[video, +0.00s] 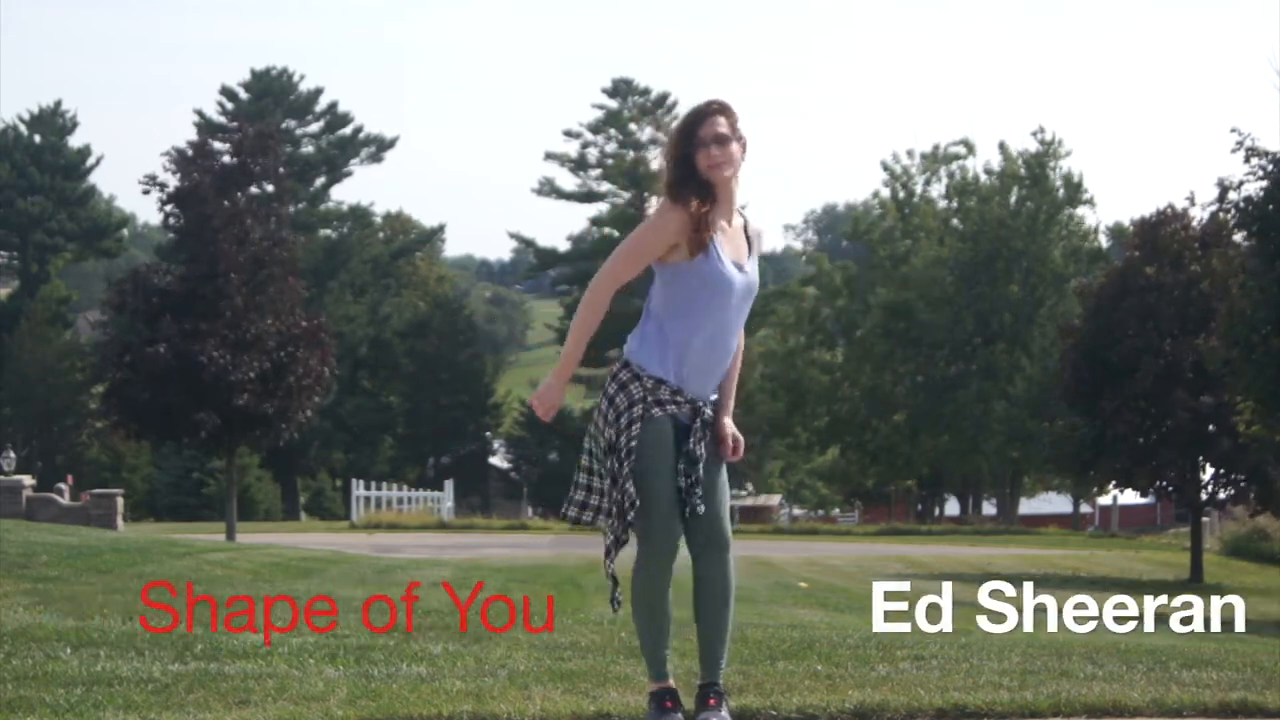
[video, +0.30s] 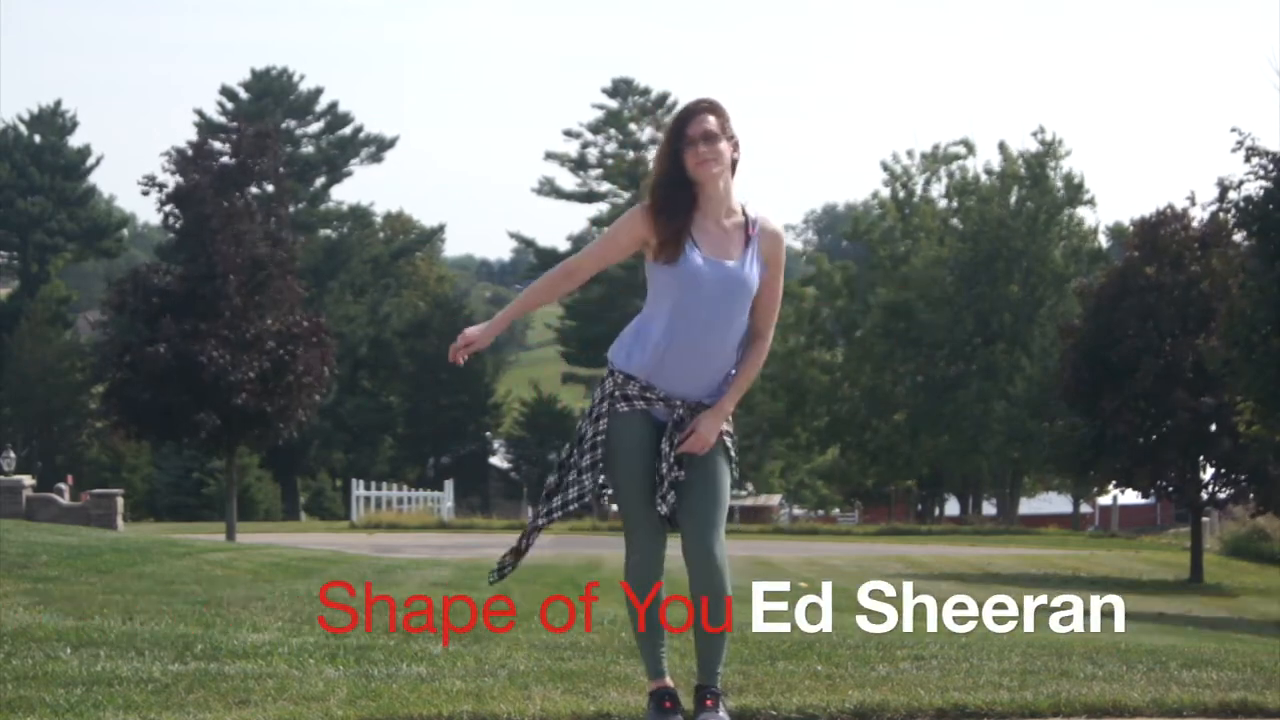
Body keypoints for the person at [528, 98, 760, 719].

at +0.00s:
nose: (722, 149)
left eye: (729, 138)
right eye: (708, 142)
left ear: (744, 148)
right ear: (690, 156)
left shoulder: (745, 231)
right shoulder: (675, 218)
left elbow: (734, 327)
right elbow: (602, 284)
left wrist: (725, 411)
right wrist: (560, 375)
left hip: (705, 403)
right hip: (649, 392)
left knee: (715, 539)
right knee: (661, 536)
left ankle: (712, 691)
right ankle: (661, 688)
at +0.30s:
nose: (705, 148)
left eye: (714, 137)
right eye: (693, 142)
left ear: (735, 148)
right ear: (679, 157)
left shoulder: (765, 238)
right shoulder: (655, 218)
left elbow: (761, 339)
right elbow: (572, 274)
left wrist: (722, 412)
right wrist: (494, 325)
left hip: (710, 407)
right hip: (637, 394)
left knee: (705, 548)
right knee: (646, 544)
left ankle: (711, 690)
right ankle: (659, 684)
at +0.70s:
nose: (693, 159)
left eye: (702, 150)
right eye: (682, 150)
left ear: (716, 159)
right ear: (660, 159)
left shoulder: (738, 222)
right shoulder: (650, 238)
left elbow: (805, 298)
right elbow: (573, 302)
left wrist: (775, 388)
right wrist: (480, 295)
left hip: (703, 414)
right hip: (640, 406)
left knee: (687, 562)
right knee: (647, 558)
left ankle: (707, 693)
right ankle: (658, 685)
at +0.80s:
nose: (694, 162)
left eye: (703, 153)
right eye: (682, 152)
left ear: (713, 159)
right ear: (660, 159)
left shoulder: (730, 218)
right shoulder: (647, 241)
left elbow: (819, 268)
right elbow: (575, 310)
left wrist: (826, 354)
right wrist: (485, 301)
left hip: (707, 411)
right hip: (647, 406)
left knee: (685, 561)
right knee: (646, 555)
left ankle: (705, 695)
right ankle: (658, 685)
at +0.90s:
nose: (696, 161)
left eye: (704, 151)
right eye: (684, 151)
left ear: (713, 157)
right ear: (657, 157)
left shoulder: (728, 217)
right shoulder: (642, 240)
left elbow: (821, 250)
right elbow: (574, 311)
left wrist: (877, 299)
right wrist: (482, 317)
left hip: (713, 412)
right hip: (651, 408)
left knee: (691, 561)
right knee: (649, 560)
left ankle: (707, 695)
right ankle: (660, 688)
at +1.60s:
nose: (693, 165)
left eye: (702, 156)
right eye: (683, 154)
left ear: (708, 162)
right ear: (658, 154)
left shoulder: (712, 234)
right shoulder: (620, 222)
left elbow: (779, 304)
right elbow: (589, 314)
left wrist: (832, 248)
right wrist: (542, 390)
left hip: (736, 405)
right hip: (667, 407)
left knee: (724, 553)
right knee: (685, 557)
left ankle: (714, 690)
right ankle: (667, 692)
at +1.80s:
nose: (695, 161)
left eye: (704, 151)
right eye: (684, 150)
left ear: (713, 159)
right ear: (662, 154)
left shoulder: (699, 230)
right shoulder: (642, 213)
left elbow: (730, 330)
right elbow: (613, 309)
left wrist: (792, 300)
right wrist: (585, 395)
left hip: (722, 409)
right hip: (670, 406)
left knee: (724, 554)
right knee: (690, 556)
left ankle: (714, 695)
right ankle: (667, 697)